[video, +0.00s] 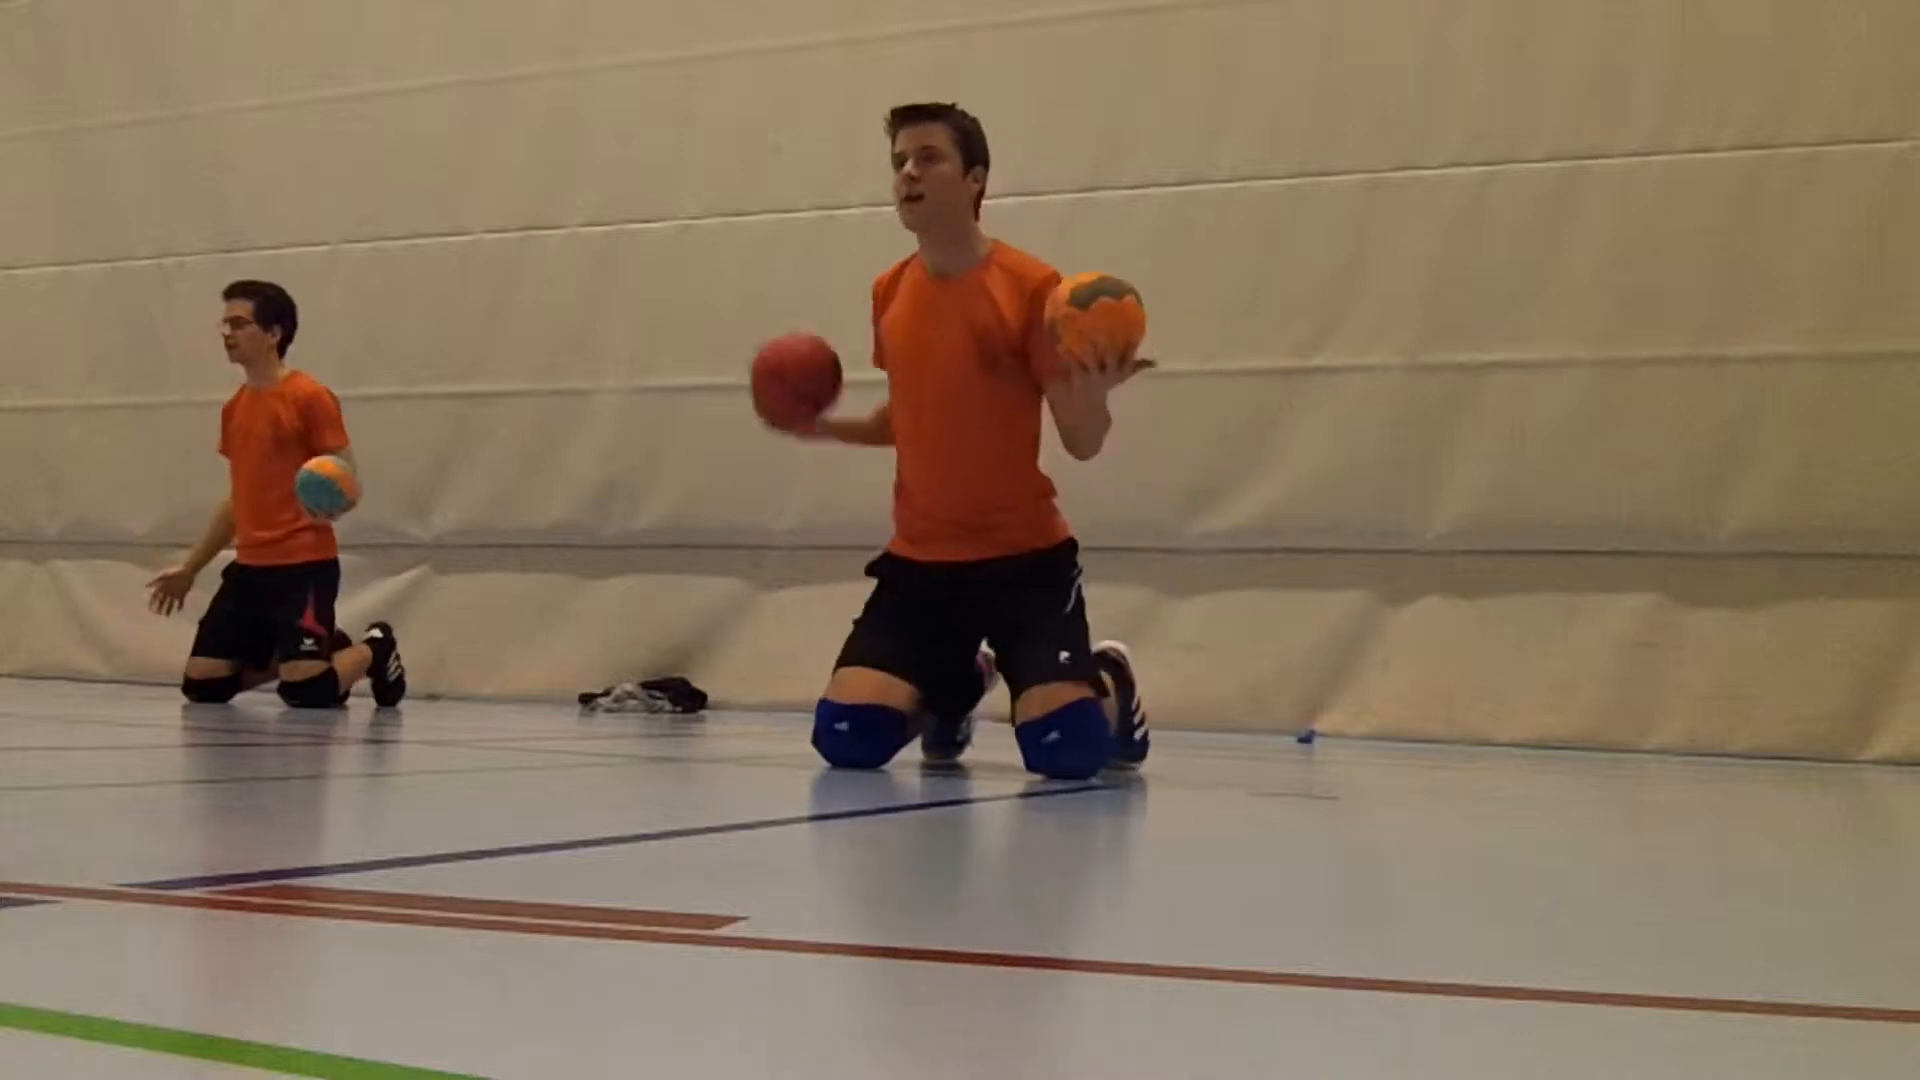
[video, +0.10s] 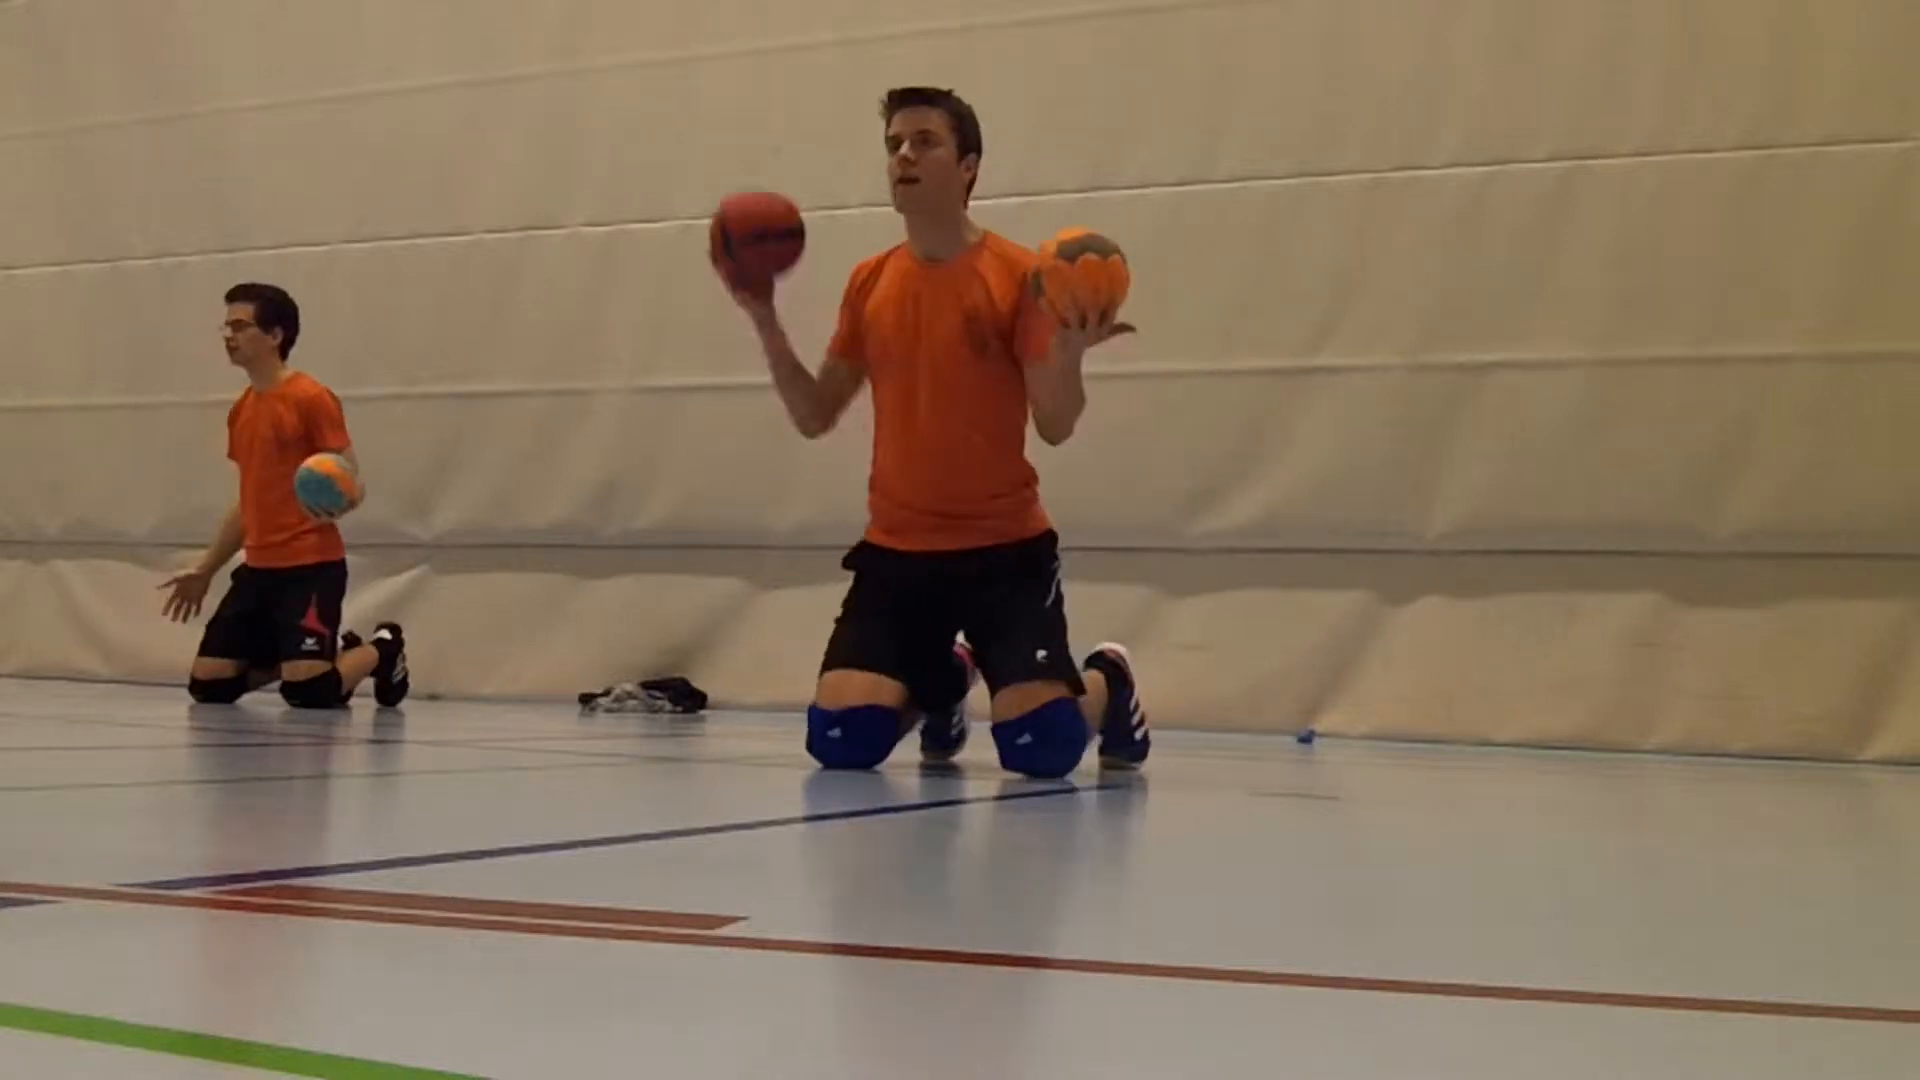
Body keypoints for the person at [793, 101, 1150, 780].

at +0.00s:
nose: (909, 174)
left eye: (929, 159)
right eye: (899, 163)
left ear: (975, 182)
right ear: (892, 186)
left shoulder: (1032, 290)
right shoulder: (892, 293)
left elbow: (1084, 442)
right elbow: (913, 419)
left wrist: (1087, 372)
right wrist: (823, 426)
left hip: (1026, 562)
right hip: (919, 565)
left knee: (1062, 753)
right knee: (847, 740)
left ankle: (1110, 684)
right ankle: (954, 681)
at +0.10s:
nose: (904, 154)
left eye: (925, 142)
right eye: (895, 144)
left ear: (968, 170)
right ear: (884, 170)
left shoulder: (1019, 277)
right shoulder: (873, 281)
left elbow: (1056, 423)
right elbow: (813, 414)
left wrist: (1068, 346)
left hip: (1007, 548)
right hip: (896, 551)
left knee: (1040, 752)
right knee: (839, 743)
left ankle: (1109, 685)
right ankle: (942, 680)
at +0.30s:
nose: (913, 130)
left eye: (935, 119)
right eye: (904, 119)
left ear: (973, 153)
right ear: (888, 142)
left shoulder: (1005, 264)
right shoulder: (853, 232)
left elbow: (1021, 393)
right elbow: (748, 180)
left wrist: (1052, 297)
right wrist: (698, 65)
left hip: (971, 529)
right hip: (858, 528)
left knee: (1005, 730)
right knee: (829, 746)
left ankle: (1092, 681)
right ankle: (903, 673)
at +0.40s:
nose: (917, 120)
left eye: (938, 109)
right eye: (907, 109)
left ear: (978, 142)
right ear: (893, 134)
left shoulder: (1008, 260)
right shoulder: (852, 220)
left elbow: (1032, 380)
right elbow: (734, 191)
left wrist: (1067, 287)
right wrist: (759, 102)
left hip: (962, 515)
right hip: (848, 514)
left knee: (1008, 725)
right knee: (827, 746)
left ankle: (1092, 682)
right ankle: (897, 674)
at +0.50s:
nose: (926, 116)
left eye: (948, 106)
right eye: (916, 107)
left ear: (987, 141)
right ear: (903, 135)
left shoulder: (1013, 256)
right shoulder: (856, 221)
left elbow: (1052, 370)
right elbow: (727, 270)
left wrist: (1092, 261)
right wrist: (787, 201)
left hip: (964, 520)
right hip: (850, 518)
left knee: (1015, 736)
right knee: (823, 747)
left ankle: (1102, 679)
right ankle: (904, 673)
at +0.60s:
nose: (939, 116)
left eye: (961, 104)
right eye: (929, 106)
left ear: (1001, 138)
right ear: (914, 131)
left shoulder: (1031, 254)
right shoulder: (873, 227)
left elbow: (1065, 370)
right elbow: (757, 330)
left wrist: (1107, 259)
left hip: (977, 522)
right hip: (863, 517)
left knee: (1018, 750)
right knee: (824, 746)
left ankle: (1106, 678)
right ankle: (915, 677)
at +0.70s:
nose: (961, 116)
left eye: (984, 105)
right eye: (951, 108)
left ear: (1024, 138)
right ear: (938, 134)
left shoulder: (1056, 257)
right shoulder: (898, 235)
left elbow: (1087, 374)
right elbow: (837, 352)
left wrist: (1130, 257)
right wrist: (799, 433)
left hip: (1000, 528)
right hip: (887, 520)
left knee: (1025, 755)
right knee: (825, 744)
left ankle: (1104, 678)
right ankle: (930, 676)